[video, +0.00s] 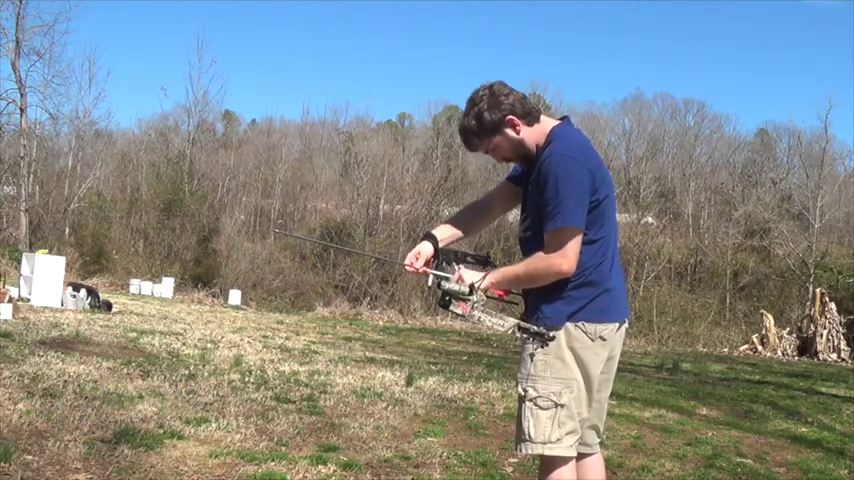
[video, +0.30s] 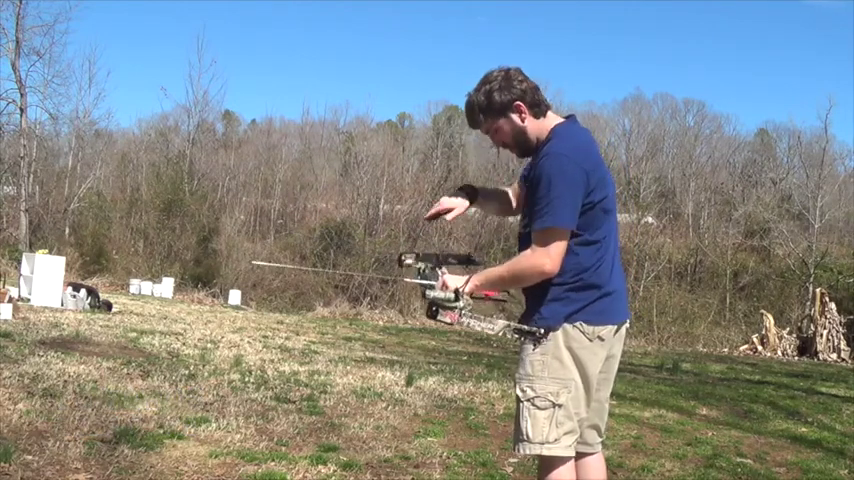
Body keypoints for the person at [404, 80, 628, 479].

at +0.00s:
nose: (496, 158)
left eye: (493, 148)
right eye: (489, 153)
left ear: (513, 123)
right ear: (516, 121)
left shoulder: (562, 157)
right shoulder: (549, 149)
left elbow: (562, 261)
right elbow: (492, 205)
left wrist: (488, 279)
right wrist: (433, 239)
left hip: (569, 319)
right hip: (590, 317)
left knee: (557, 450)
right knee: (585, 446)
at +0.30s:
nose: (495, 143)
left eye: (494, 131)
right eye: (489, 136)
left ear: (520, 110)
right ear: (524, 110)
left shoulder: (558, 156)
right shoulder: (568, 142)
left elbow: (545, 260)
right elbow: (514, 201)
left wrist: (473, 282)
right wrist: (469, 196)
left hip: (567, 320)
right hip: (600, 316)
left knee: (554, 451)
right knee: (587, 444)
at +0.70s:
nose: (494, 141)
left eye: (490, 129)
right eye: (488, 133)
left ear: (511, 109)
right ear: (520, 106)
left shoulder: (537, 150)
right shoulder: (593, 139)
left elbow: (520, 254)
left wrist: (467, 304)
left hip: (568, 316)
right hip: (614, 312)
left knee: (555, 450)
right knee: (593, 446)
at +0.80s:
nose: (497, 145)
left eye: (492, 132)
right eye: (490, 137)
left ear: (510, 109)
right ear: (527, 106)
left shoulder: (532, 151)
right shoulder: (598, 141)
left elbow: (520, 254)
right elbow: (594, 236)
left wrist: (472, 311)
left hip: (566, 316)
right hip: (618, 313)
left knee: (555, 451)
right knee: (597, 447)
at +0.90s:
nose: (500, 148)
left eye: (494, 136)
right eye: (492, 141)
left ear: (509, 111)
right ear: (540, 107)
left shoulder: (531, 151)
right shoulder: (600, 142)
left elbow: (521, 253)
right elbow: (591, 243)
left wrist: (476, 313)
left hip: (567, 316)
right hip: (620, 313)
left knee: (557, 452)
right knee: (600, 449)